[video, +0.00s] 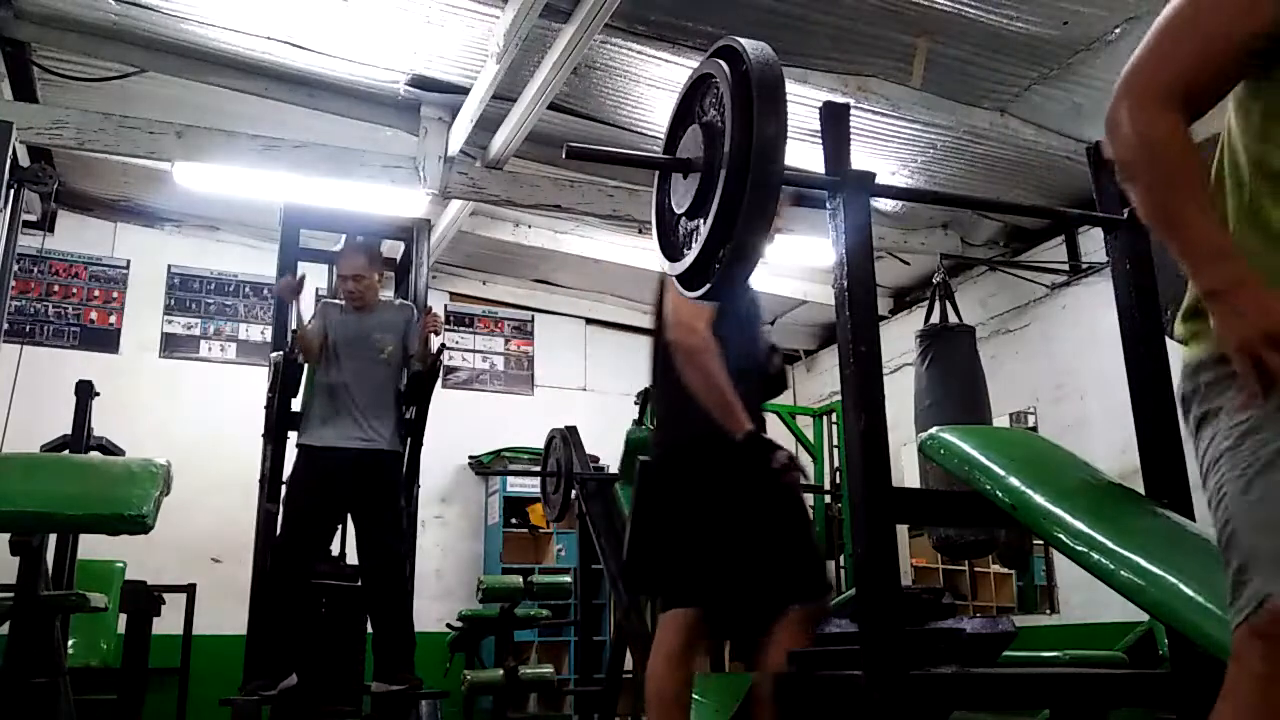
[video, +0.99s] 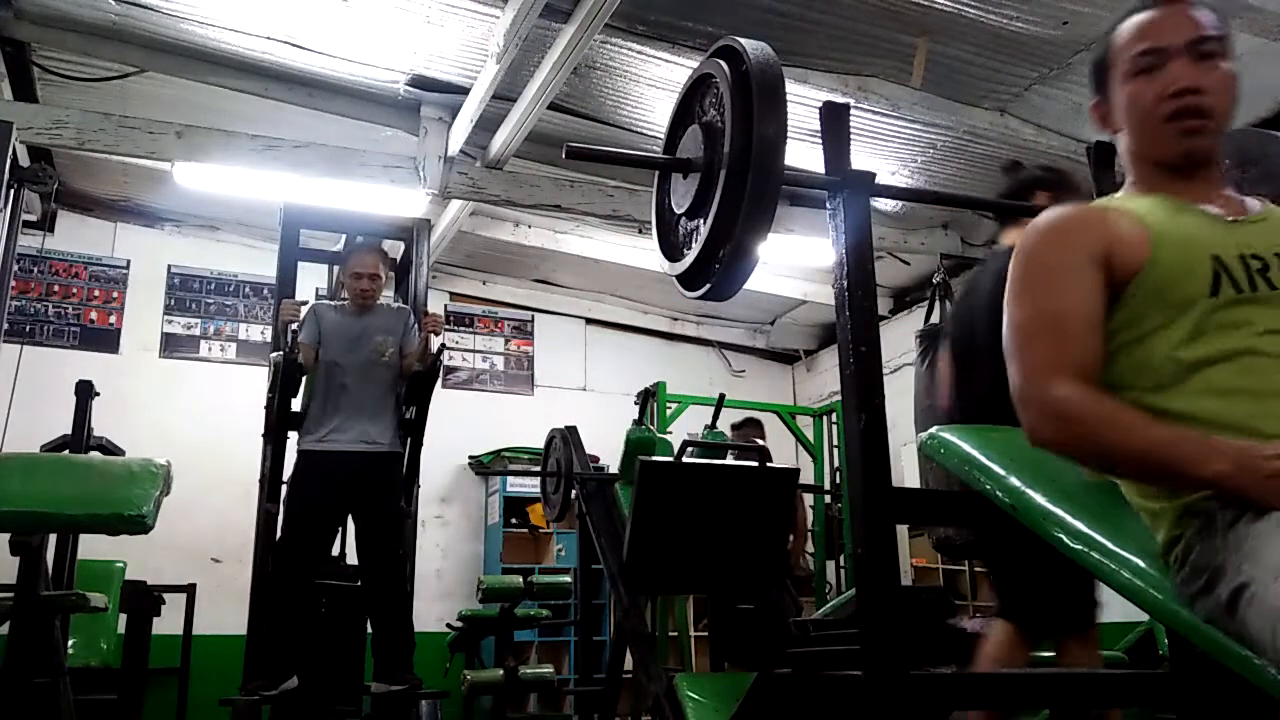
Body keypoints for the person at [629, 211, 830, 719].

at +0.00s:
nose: (783, 219)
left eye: (784, 206)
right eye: (779, 203)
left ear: (751, 204)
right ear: (749, 199)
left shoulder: (730, 272)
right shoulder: (704, 254)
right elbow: (688, 334)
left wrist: (762, 370)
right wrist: (749, 435)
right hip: (713, 461)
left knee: (682, 619)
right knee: (794, 607)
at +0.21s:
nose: (830, 219)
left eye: (828, 207)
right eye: (821, 205)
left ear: (787, 211)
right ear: (789, 208)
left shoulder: (761, 261)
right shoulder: (780, 252)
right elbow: (750, 331)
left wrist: (832, 365)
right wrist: (797, 441)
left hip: (736, 463)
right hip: (758, 464)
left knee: (701, 621)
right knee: (705, 618)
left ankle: (673, 718)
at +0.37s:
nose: (902, 223)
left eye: (902, 211)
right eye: (897, 208)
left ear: (863, 211)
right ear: (869, 207)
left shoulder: (851, 263)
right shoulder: (831, 246)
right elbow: (820, 330)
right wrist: (855, 423)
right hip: (816, 449)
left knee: (755, 606)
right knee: (757, 606)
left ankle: (702, 709)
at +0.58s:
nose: (963, 202)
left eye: (964, 190)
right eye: (956, 189)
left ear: (911, 187)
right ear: (921, 181)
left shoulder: (884, 242)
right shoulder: (915, 231)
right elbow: (917, 325)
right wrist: (972, 423)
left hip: (893, 444)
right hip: (927, 444)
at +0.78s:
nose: (1023, 207)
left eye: (1024, 195)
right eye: (1017, 192)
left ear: (964, 188)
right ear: (982, 183)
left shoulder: (924, 259)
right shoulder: (989, 242)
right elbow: (1031, 365)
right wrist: (1087, 459)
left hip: (929, 455)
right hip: (985, 454)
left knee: (977, 610)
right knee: (1013, 608)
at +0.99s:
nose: (1077, 227)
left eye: (1078, 216)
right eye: (1073, 214)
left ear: (1015, 205)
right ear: (1043, 203)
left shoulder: (972, 285)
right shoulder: (1041, 274)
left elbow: (949, 392)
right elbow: (1056, 385)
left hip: (982, 467)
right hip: (1038, 464)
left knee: (1017, 605)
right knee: (1075, 612)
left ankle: (974, 706)